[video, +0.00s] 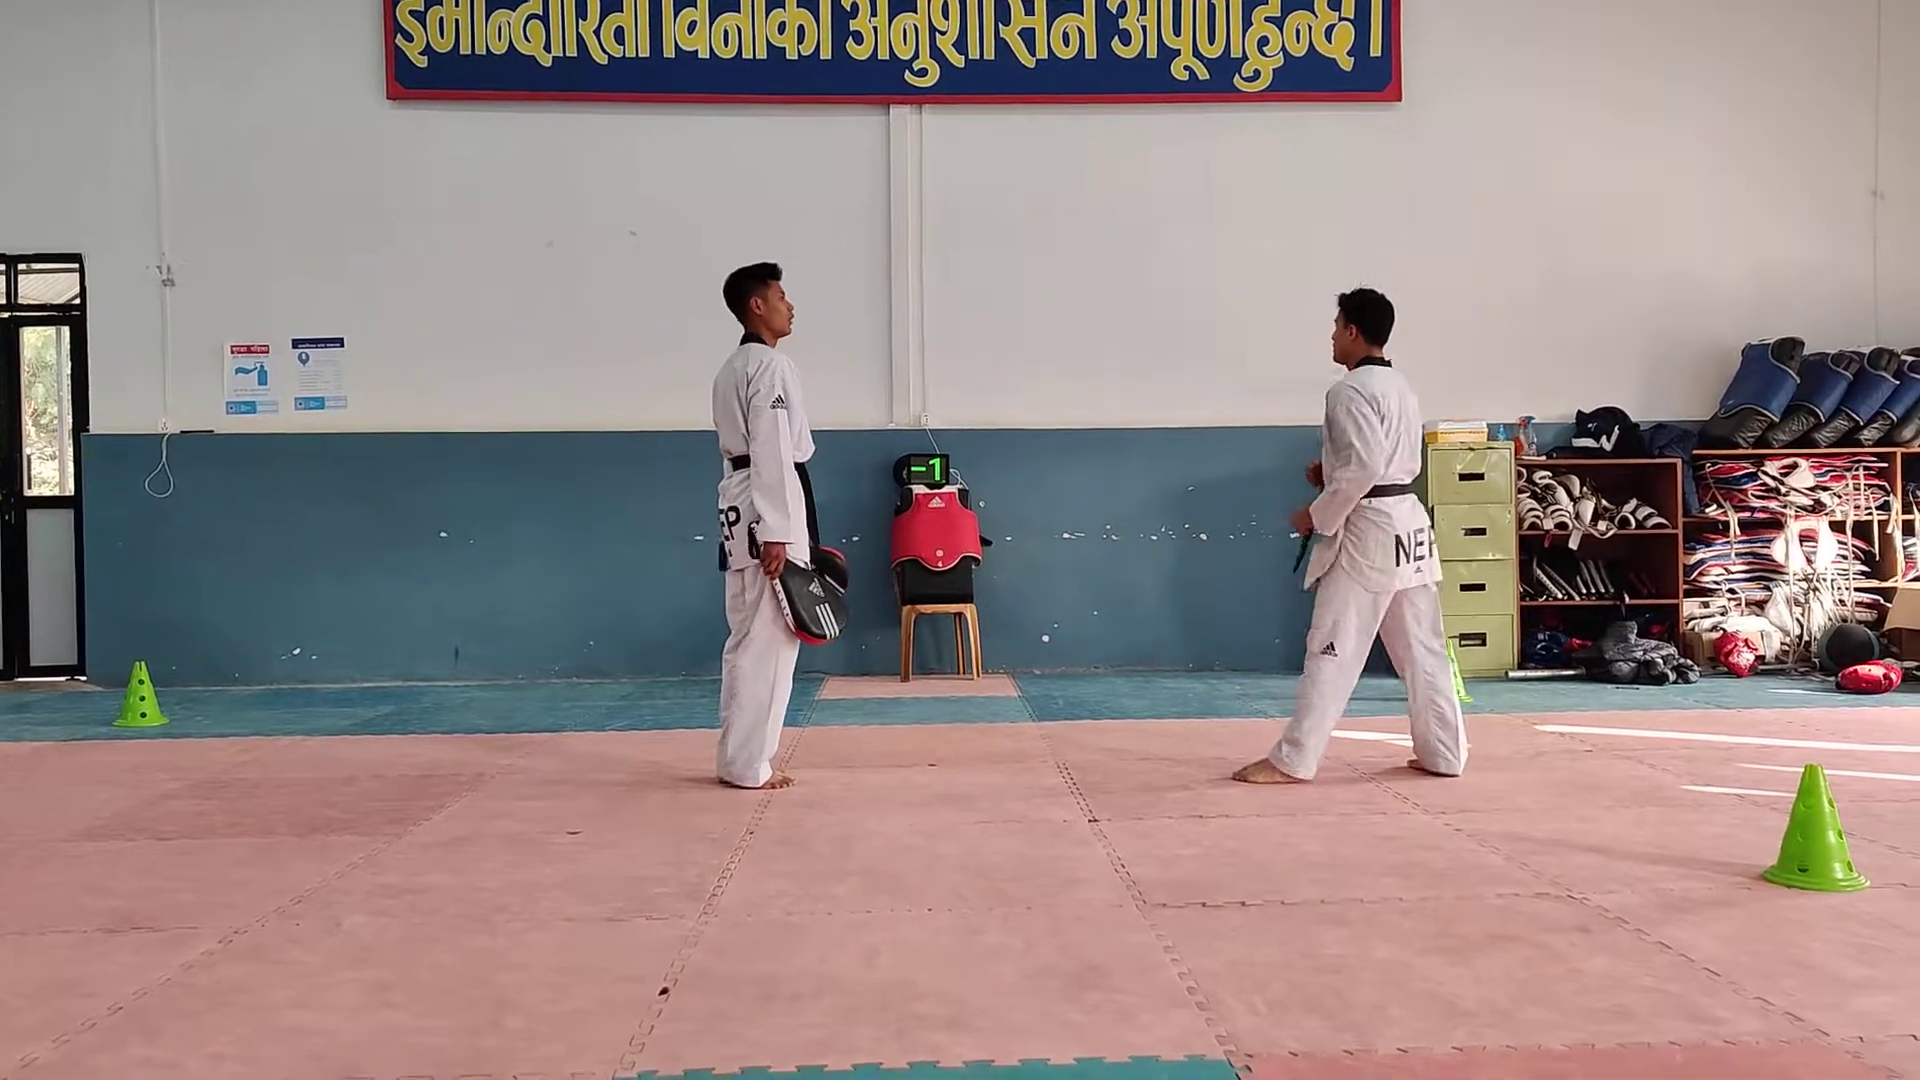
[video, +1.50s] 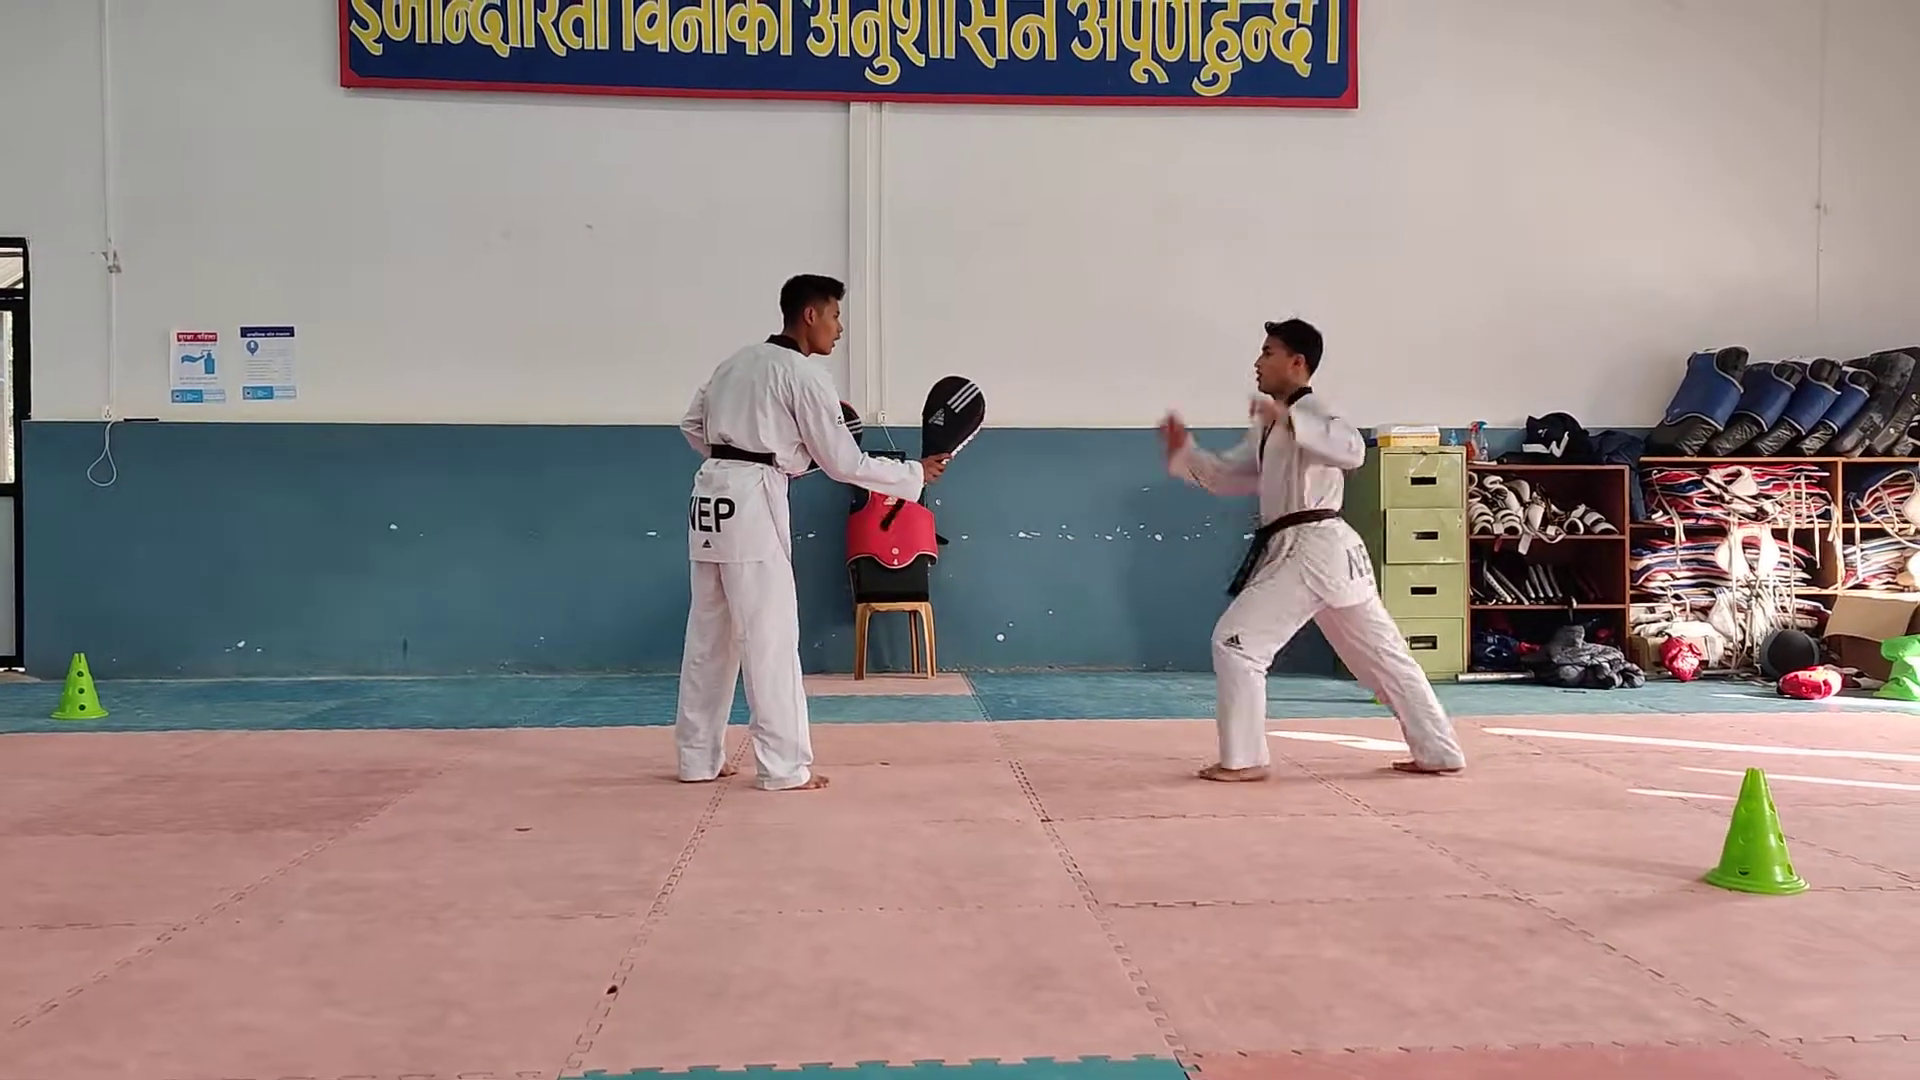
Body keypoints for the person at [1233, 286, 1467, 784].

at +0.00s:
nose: (1332, 334)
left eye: (1337, 325)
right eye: (1335, 324)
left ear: (1354, 332)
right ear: (1376, 335)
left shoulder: (1350, 390)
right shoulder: (1400, 388)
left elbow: (1362, 465)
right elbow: (1400, 464)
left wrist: (1315, 515)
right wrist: (1335, 472)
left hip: (1368, 527)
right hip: (1412, 521)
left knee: (1333, 647)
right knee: (1422, 647)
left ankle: (1294, 759)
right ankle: (1442, 754)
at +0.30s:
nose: (1343, 324)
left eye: (1348, 316)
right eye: (1346, 315)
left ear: (1364, 322)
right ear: (1388, 327)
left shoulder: (1354, 372)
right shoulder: (1416, 379)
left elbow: (1356, 446)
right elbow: (1433, 458)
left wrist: (1324, 488)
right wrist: (1386, 480)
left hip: (1371, 512)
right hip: (1417, 511)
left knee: (1344, 636)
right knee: (1425, 639)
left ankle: (1321, 754)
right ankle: (1434, 749)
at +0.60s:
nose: (1311, 323)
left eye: (1314, 314)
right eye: (1313, 313)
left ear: (1329, 318)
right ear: (1358, 322)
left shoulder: (1320, 366)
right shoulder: (1386, 373)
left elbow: (1302, 441)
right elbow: (1411, 446)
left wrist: (1291, 488)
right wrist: (1373, 478)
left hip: (1342, 506)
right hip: (1391, 506)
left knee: (1324, 632)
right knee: (1397, 633)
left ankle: (1310, 751)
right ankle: (1420, 744)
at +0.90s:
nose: (1304, 330)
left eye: (1311, 321)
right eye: (1306, 320)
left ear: (1337, 326)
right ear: (1347, 329)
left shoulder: (1325, 374)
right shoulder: (1385, 379)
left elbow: (1320, 440)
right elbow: (1412, 451)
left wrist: (1294, 492)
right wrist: (1373, 484)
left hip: (1345, 512)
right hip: (1390, 510)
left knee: (1308, 633)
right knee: (1402, 632)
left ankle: (1297, 751)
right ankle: (1443, 736)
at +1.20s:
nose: (1295, 334)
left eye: (1304, 325)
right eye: (1298, 324)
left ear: (1335, 331)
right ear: (1339, 334)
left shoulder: (1323, 381)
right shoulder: (1378, 385)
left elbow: (1333, 455)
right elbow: (1408, 456)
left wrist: (1292, 490)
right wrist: (1364, 487)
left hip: (1342, 517)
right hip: (1386, 516)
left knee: (1308, 637)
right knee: (1400, 636)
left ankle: (1282, 753)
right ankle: (1431, 745)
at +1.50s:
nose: (1258, 362)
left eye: (1267, 354)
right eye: (1261, 353)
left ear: (1297, 363)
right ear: (1291, 364)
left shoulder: (1313, 411)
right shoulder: (1272, 426)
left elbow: (1351, 451)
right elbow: (1242, 476)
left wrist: (1287, 419)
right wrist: (1188, 456)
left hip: (1308, 545)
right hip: (1325, 545)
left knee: (1236, 642)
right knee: (1382, 654)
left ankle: (1244, 759)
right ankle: (1439, 752)